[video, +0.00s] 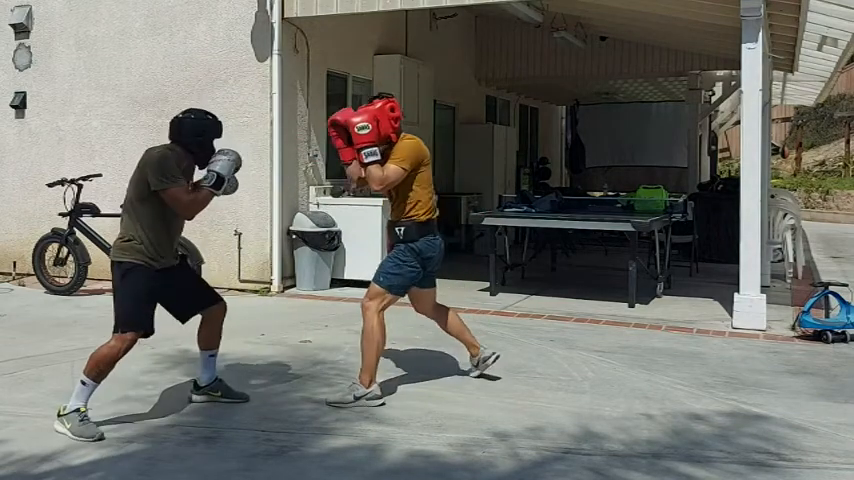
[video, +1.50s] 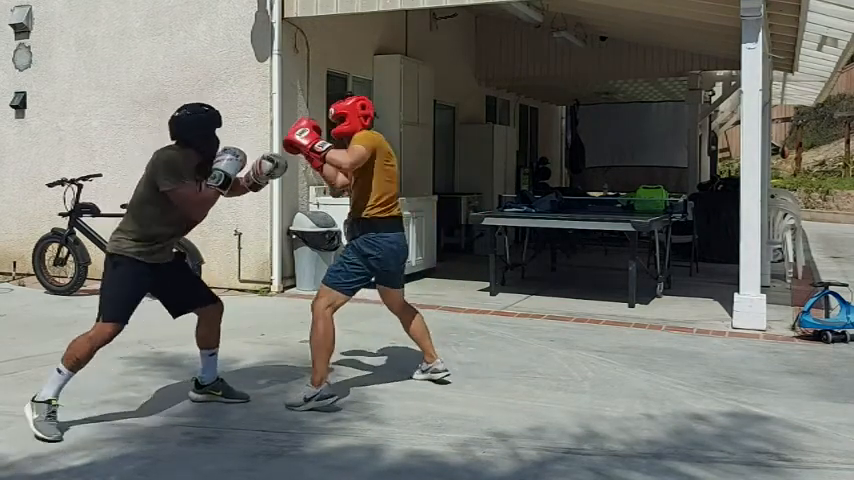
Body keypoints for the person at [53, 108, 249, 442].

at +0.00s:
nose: (214, 147)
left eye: (214, 141)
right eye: (211, 140)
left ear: (186, 138)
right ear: (195, 140)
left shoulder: (181, 165)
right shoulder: (161, 158)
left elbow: (183, 204)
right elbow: (186, 208)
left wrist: (213, 183)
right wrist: (214, 180)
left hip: (167, 260)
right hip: (134, 260)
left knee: (214, 308)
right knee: (126, 336)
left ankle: (207, 381)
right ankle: (72, 410)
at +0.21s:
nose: (212, 138)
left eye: (213, 133)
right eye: (210, 132)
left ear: (183, 129)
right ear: (194, 131)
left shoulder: (179, 156)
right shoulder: (164, 151)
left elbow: (179, 200)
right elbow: (191, 201)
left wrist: (208, 171)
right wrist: (215, 171)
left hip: (167, 257)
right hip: (136, 257)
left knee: (212, 306)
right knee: (126, 334)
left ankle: (206, 381)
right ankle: (72, 408)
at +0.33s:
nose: (219, 148)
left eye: (219, 141)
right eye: (216, 141)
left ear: (185, 137)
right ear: (201, 141)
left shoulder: (175, 163)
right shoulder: (171, 159)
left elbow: (156, 220)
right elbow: (196, 210)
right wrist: (219, 180)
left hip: (165, 263)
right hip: (137, 263)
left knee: (213, 307)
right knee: (133, 340)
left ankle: (206, 381)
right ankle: (73, 409)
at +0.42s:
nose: (220, 157)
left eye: (220, 150)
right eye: (217, 150)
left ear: (186, 145)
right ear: (203, 149)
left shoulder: (177, 170)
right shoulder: (177, 165)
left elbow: (186, 227)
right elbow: (195, 219)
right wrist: (220, 192)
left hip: (161, 268)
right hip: (131, 268)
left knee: (210, 308)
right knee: (138, 343)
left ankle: (207, 382)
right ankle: (74, 409)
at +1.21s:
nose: (210, 140)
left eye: (210, 133)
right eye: (207, 133)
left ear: (176, 132)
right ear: (193, 134)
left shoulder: (172, 163)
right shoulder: (163, 159)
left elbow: (179, 212)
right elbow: (186, 213)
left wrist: (208, 183)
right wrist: (209, 180)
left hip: (159, 262)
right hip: (130, 262)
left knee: (209, 307)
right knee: (132, 339)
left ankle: (206, 381)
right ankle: (73, 409)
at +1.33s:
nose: (219, 137)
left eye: (219, 131)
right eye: (216, 130)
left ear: (192, 132)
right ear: (202, 132)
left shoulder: (201, 157)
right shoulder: (173, 153)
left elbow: (244, 154)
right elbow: (200, 203)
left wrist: (292, 143)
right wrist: (224, 170)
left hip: (161, 256)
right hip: (127, 255)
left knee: (204, 308)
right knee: (121, 331)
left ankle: (207, 383)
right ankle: (70, 406)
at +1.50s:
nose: (218, 139)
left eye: (217, 133)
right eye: (213, 133)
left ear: (189, 135)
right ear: (199, 136)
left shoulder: (201, 163)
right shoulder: (168, 160)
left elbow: (231, 188)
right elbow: (194, 211)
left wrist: (257, 176)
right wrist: (221, 178)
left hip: (165, 257)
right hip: (129, 255)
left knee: (211, 308)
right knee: (107, 330)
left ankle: (208, 381)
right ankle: (44, 399)